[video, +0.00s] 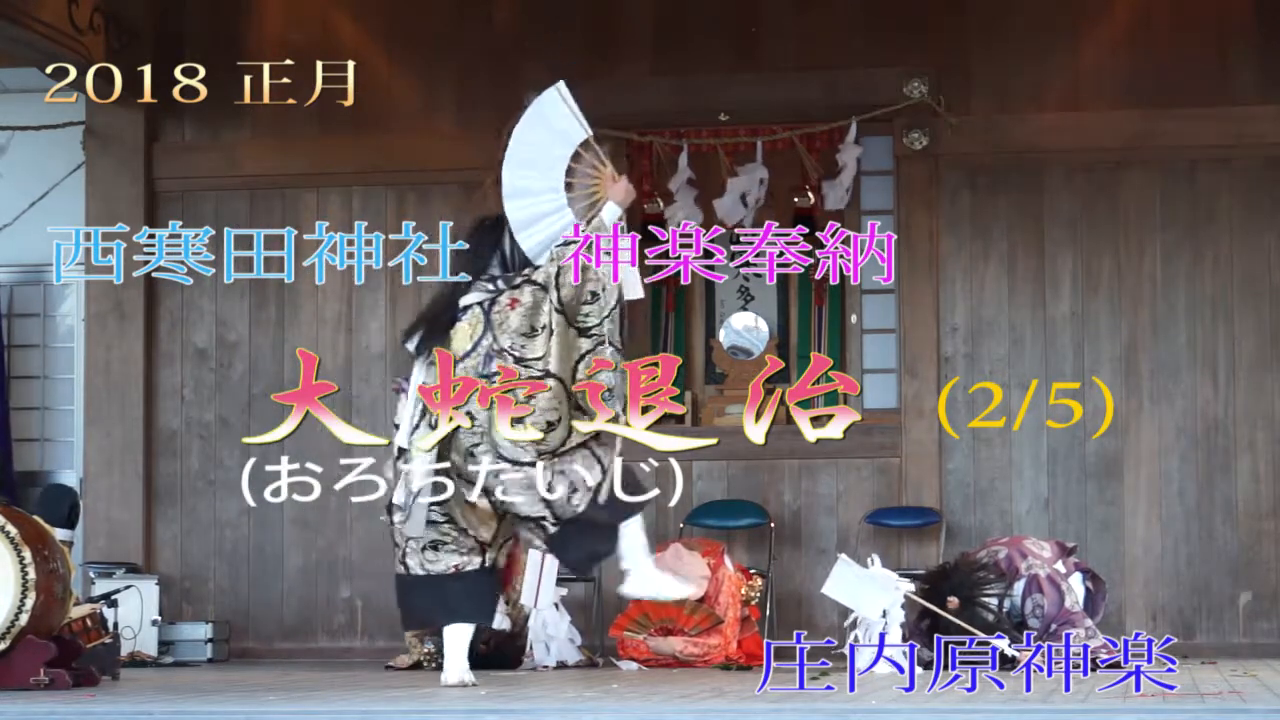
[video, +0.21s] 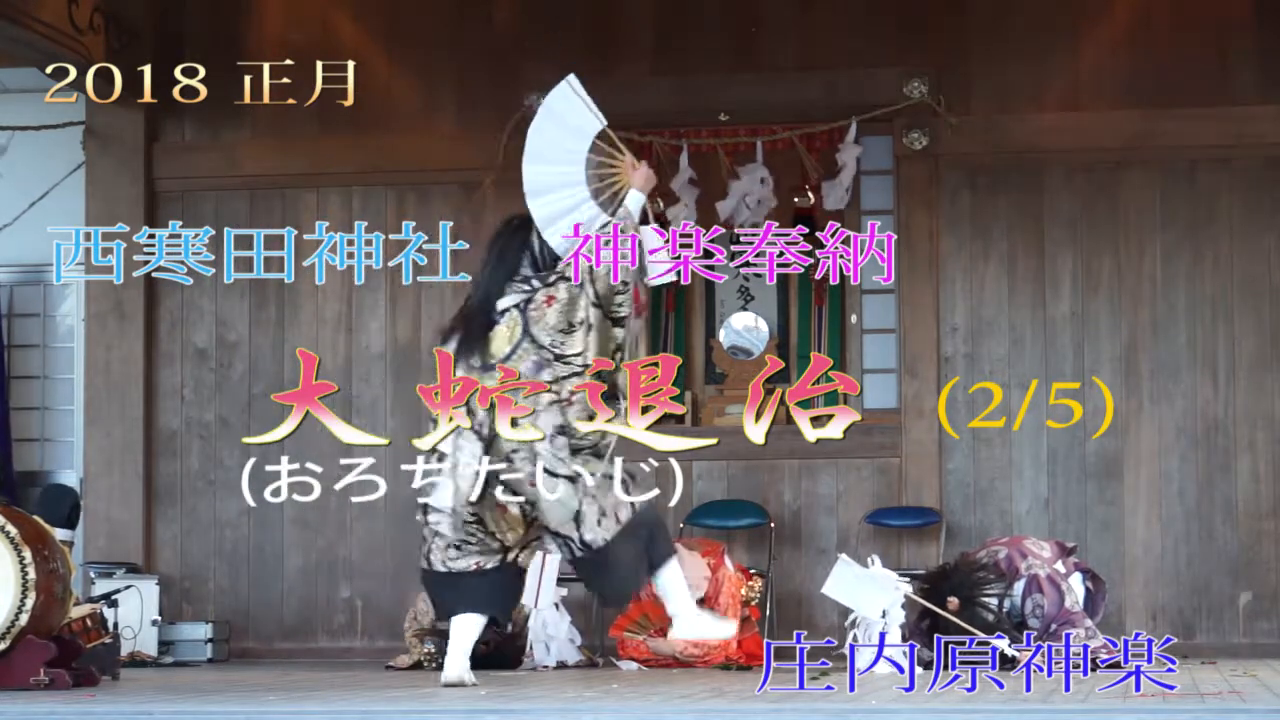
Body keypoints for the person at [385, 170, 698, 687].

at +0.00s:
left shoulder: (468, 307)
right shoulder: (549, 282)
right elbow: (581, 263)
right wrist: (612, 209)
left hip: (452, 457)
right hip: (514, 454)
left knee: (465, 550)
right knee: (616, 470)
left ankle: (454, 661)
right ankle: (640, 570)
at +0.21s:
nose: (560, 257)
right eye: (554, 248)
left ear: (493, 258)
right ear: (544, 253)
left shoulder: (476, 317)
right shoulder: (566, 292)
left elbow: (462, 405)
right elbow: (610, 249)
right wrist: (636, 195)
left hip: (480, 460)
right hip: (545, 456)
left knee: (489, 555)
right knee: (643, 514)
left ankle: (456, 657)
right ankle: (685, 615)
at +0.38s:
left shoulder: (548, 326)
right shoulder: (614, 313)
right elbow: (659, 256)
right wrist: (665, 200)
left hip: (533, 459)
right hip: (596, 459)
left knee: (523, 554)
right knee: (669, 545)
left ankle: (458, 658)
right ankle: (671, 657)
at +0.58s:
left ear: (591, 253)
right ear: (645, 250)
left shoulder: (586, 302)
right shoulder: (666, 294)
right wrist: (717, 180)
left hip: (577, 436)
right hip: (648, 441)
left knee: (548, 528)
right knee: (686, 534)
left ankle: (495, 640)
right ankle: (674, 656)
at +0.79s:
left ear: (620, 225)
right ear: (673, 221)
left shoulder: (607, 280)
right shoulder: (697, 265)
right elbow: (742, 225)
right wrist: (742, 153)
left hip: (629, 414)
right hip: (687, 417)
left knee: (588, 485)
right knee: (686, 524)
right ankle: (690, 645)